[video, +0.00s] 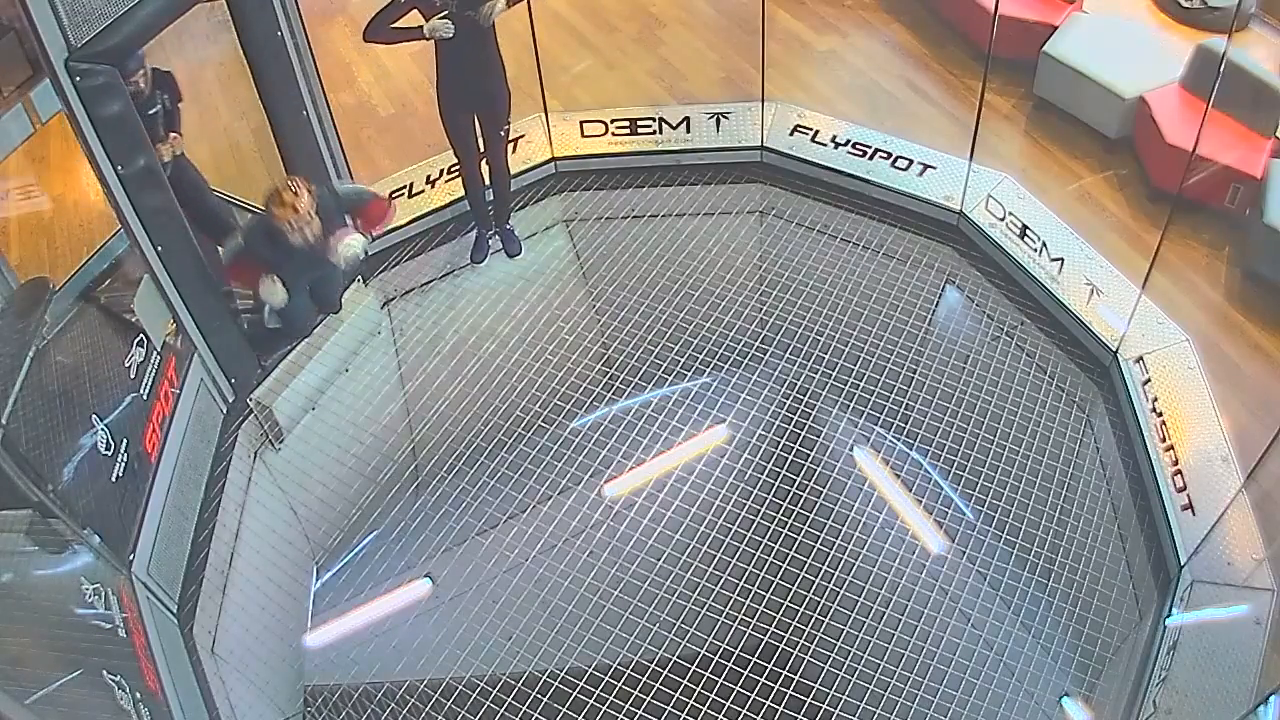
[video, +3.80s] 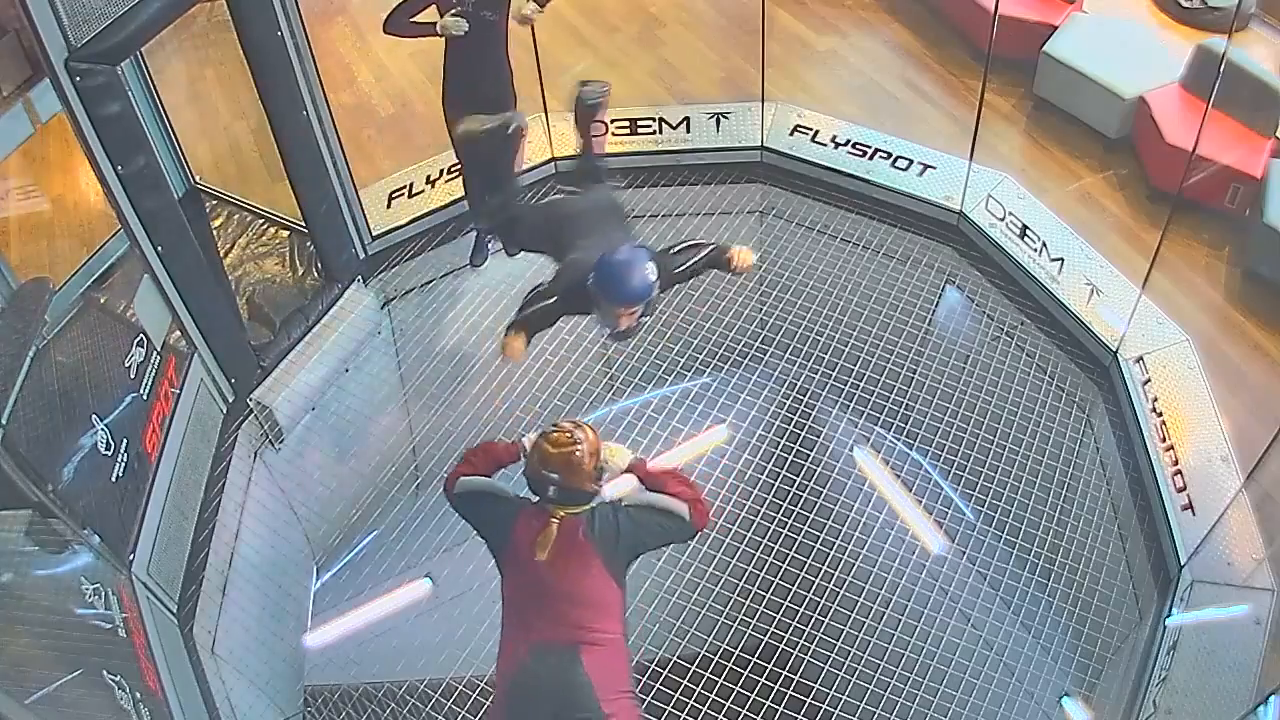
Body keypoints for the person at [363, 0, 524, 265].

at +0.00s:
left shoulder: (486, 1)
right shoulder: (420, 1)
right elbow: (372, 32)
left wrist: (498, 8)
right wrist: (424, 31)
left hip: (491, 80)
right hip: (452, 87)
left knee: (498, 156)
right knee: (468, 160)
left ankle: (504, 225)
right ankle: (483, 229)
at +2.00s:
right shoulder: (442, 1)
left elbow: (519, 8)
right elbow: (390, 18)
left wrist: (521, 6)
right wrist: (430, 26)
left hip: (505, 79)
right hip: (466, 82)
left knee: (505, 154)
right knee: (476, 158)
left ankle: (504, 225)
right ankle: (484, 229)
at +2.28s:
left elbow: (517, 6)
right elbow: (387, 15)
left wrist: (518, 4)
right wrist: (428, 21)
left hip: (504, 78)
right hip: (465, 82)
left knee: (504, 154)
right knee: (477, 158)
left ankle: (504, 225)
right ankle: (485, 229)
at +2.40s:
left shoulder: (508, 2)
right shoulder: (441, 1)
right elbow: (387, 19)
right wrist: (429, 24)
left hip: (503, 82)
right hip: (464, 86)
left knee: (503, 155)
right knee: (475, 159)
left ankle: (504, 225)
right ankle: (484, 229)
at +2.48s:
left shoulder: (507, 1)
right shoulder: (439, 2)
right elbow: (387, 20)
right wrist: (428, 25)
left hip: (502, 81)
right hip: (463, 85)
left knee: (503, 155)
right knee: (475, 160)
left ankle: (504, 225)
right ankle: (484, 229)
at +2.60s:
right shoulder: (439, 1)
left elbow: (520, 4)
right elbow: (384, 18)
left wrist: (524, 1)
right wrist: (426, 26)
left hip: (502, 81)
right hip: (462, 85)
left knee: (503, 156)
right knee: (474, 161)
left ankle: (504, 225)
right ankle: (484, 230)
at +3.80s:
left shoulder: (506, 1)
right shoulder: (440, 1)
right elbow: (392, 23)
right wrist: (436, 28)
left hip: (498, 82)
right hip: (459, 85)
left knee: (503, 160)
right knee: (471, 164)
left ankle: (508, 225)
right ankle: (482, 230)